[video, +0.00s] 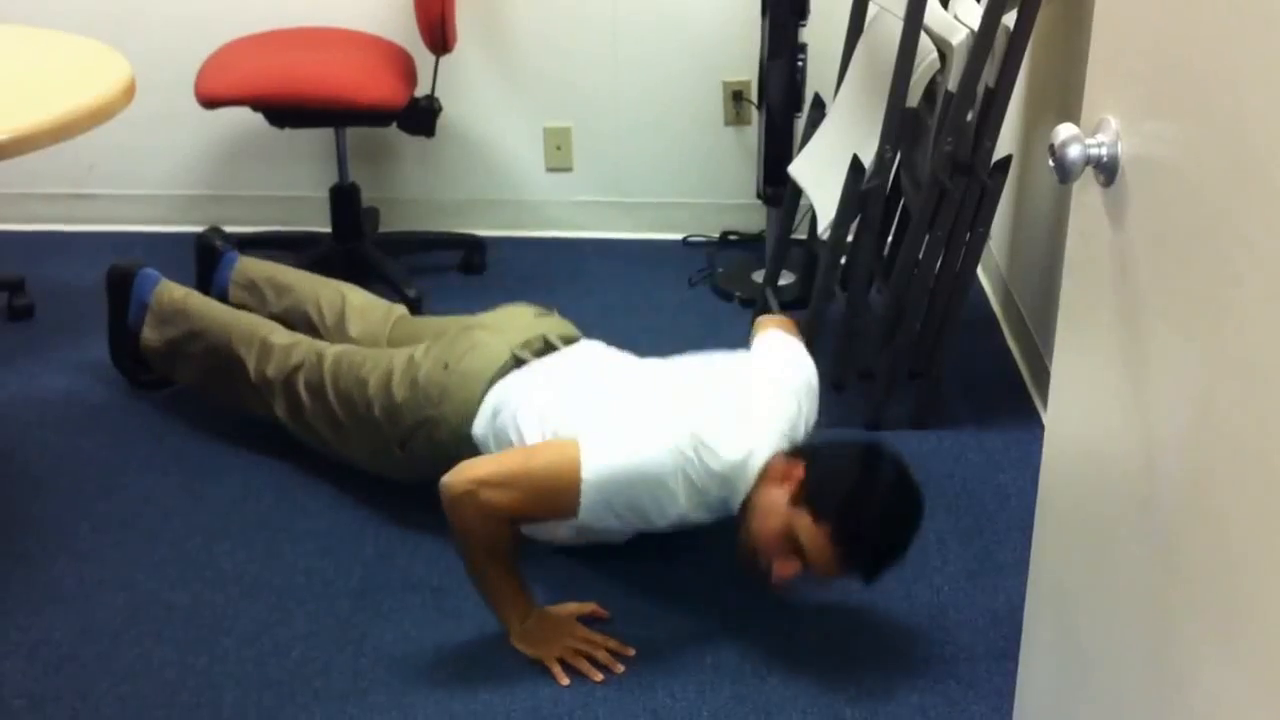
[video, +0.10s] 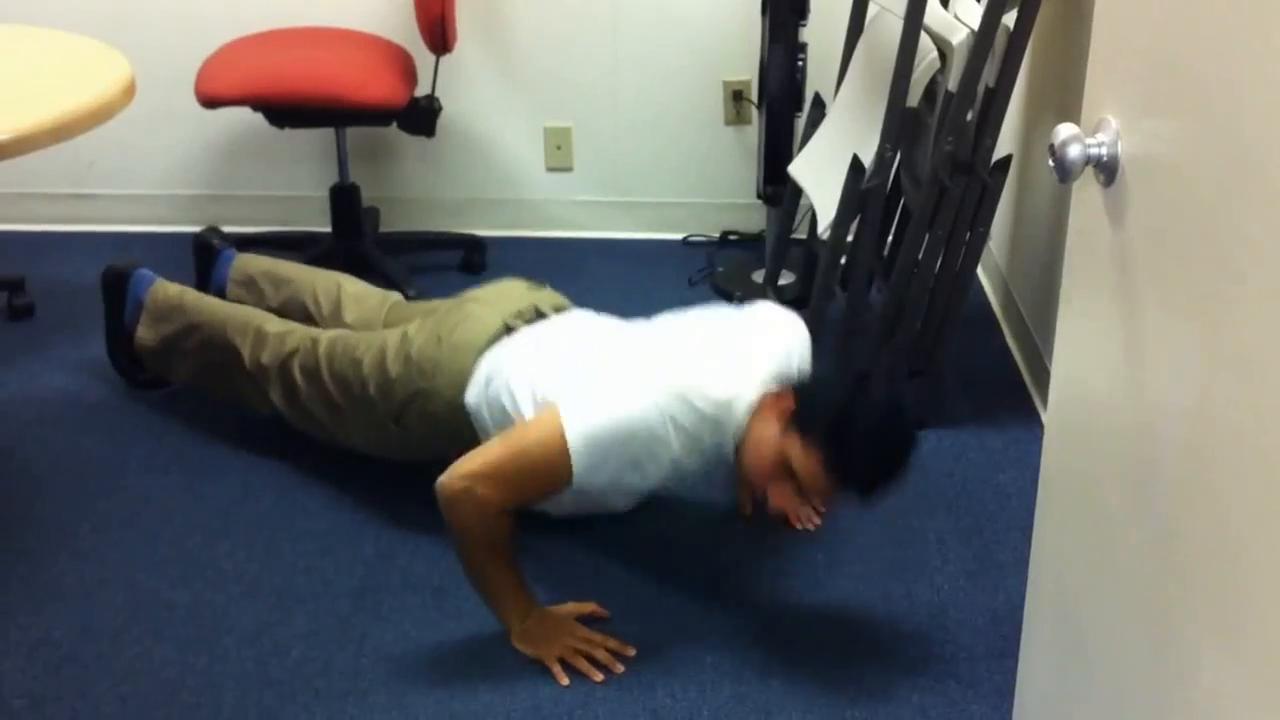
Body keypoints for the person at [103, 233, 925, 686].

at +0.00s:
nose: (786, 576)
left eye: (809, 575)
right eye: (795, 555)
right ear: (788, 488)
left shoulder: (792, 398)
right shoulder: (664, 476)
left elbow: (774, 323)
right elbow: (468, 495)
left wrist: (756, 431)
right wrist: (525, 619)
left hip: (541, 334)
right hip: (466, 403)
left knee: (384, 324)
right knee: (292, 376)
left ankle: (232, 268)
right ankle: (156, 312)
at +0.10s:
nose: (796, 514)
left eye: (822, 508)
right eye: (797, 484)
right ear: (775, 418)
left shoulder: (782, 334)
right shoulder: (639, 429)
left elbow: (698, 339)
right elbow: (465, 492)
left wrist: (750, 469)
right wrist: (525, 619)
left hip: (535, 309)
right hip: (459, 383)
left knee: (380, 313)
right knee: (289, 369)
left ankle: (234, 264)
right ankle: (153, 316)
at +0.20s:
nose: (775, 422)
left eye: (801, 418)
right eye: (779, 397)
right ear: (765, 339)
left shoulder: (775, 278)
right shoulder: (626, 366)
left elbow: (757, 369)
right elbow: (481, 480)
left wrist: (759, 464)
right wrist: (524, 618)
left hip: (523, 274)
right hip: (458, 339)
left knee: (372, 293)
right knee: (292, 350)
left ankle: (236, 262)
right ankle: (149, 315)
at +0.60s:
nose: (811, 467)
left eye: (831, 466)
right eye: (817, 456)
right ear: (783, 402)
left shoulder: (786, 301)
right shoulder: (657, 397)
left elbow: (765, 381)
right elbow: (470, 488)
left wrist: (767, 454)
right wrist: (527, 618)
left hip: (530, 284)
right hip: (461, 359)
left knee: (373, 295)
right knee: (291, 359)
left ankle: (236, 263)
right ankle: (150, 318)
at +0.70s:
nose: (819, 558)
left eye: (836, 552)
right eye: (826, 547)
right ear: (795, 505)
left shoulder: (790, 366)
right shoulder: (670, 474)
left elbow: (771, 315)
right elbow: (468, 499)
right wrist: (526, 618)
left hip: (537, 319)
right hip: (460, 396)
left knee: (387, 318)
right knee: (290, 373)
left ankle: (239, 269)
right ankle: (153, 317)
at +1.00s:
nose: (827, 483)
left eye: (840, 480)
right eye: (833, 474)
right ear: (798, 444)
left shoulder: (780, 314)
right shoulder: (650, 426)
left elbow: (750, 378)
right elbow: (463, 492)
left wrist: (760, 457)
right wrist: (524, 616)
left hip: (521, 295)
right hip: (457, 376)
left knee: (373, 303)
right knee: (287, 365)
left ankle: (233, 264)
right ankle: (152, 316)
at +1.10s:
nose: (817, 410)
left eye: (834, 402)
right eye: (821, 395)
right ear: (786, 360)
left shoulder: (770, 263)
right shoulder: (640, 357)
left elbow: (770, 367)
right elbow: (485, 475)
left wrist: (759, 461)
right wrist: (523, 613)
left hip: (514, 259)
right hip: (450, 333)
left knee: (370, 290)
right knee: (281, 353)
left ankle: (237, 263)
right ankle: (150, 317)